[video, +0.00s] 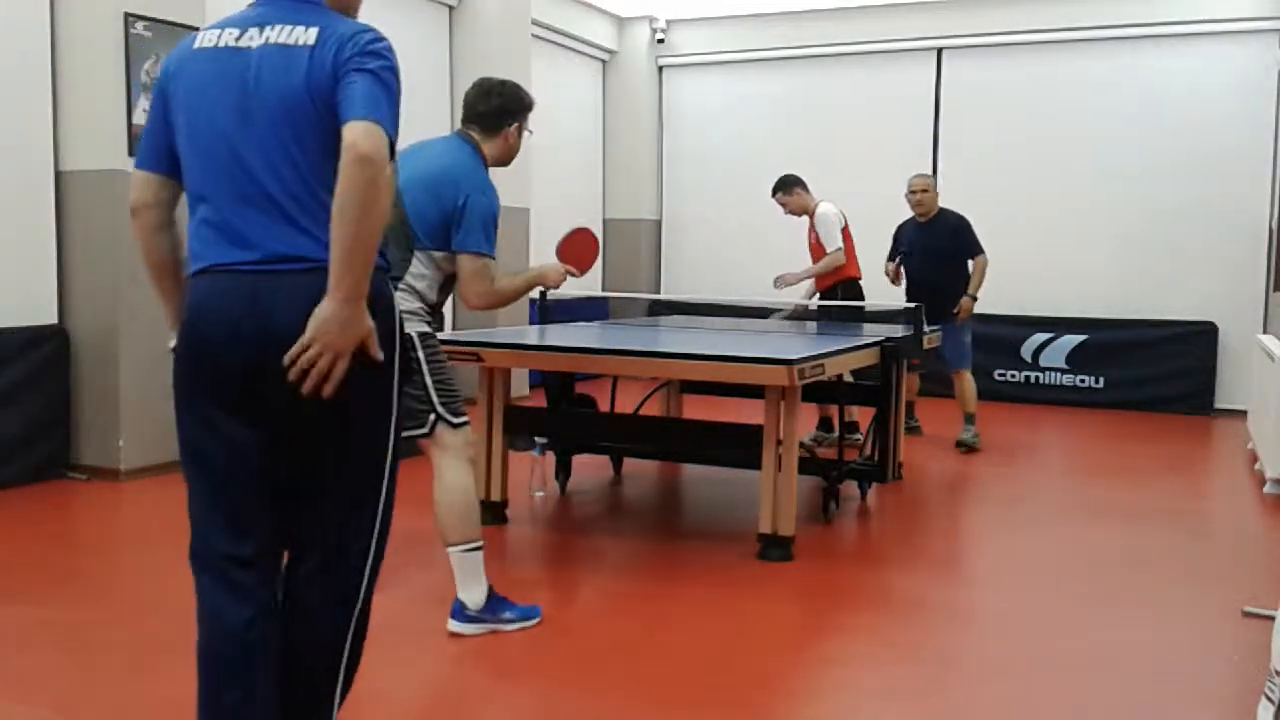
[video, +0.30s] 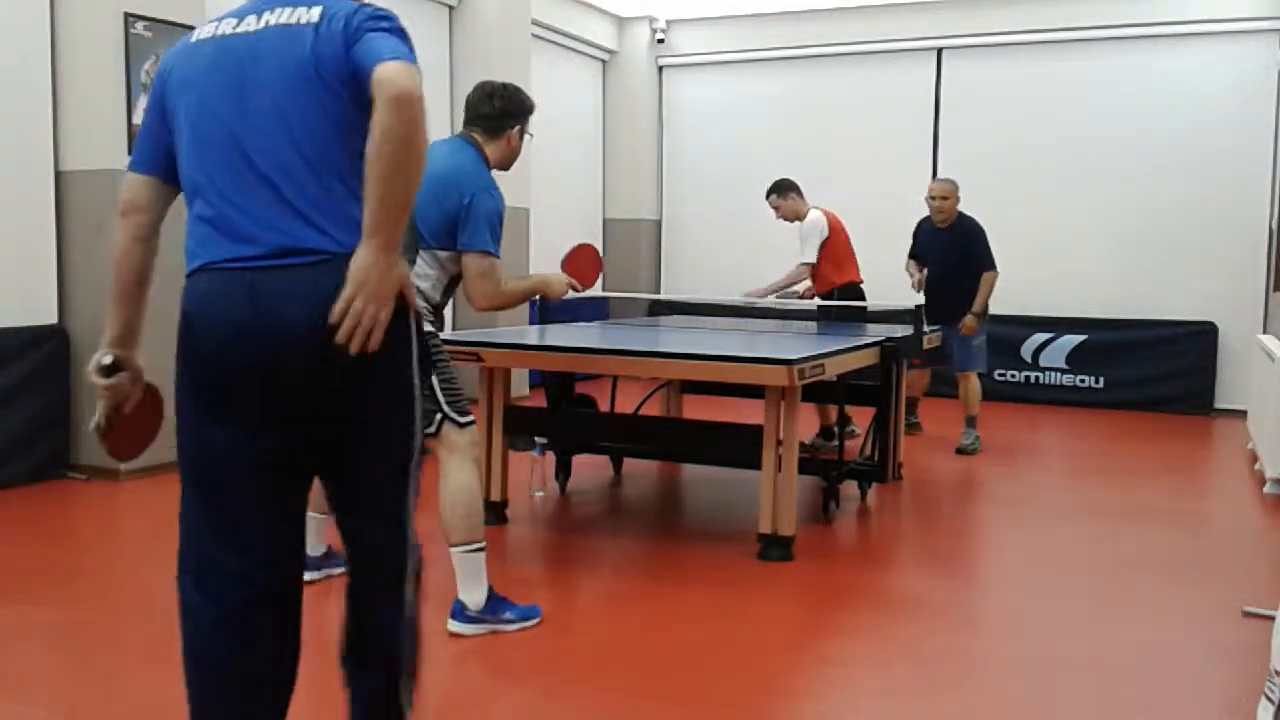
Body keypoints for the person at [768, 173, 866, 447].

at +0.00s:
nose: (785, 211)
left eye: (784, 204)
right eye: (781, 206)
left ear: (798, 192)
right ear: (797, 195)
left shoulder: (825, 214)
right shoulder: (817, 218)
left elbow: (838, 257)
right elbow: (825, 268)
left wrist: (799, 276)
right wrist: (805, 300)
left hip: (843, 294)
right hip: (831, 295)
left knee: (830, 363)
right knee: (829, 364)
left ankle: (828, 426)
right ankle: (846, 425)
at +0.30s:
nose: (777, 216)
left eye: (777, 208)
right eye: (774, 210)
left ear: (792, 198)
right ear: (795, 199)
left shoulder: (812, 220)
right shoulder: (823, 216)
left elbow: (806, 269)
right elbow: (836, 264)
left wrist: (765, 291)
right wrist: (813, 286)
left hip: (839, 299)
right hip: (846, 296)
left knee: (819, 366)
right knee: (834, 363)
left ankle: (827, 430)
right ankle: (843, 420)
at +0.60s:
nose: (779, 212)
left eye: (780, 204)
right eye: (775, 207)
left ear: (797, 195)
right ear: (794, 200)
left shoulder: (815, 220)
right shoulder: (814, 221)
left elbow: (818, 267)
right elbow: (831, 266)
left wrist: (779, 295)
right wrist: (812, 286)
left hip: (846, 298)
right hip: (837, 298)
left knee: (825, 367)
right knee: (824, 366)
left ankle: (834, 430)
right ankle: (838, 426)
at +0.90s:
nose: (781, 218)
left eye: (783, 210)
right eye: (777, 213)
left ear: (800, 203)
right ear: (797, 207)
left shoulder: (821, 224)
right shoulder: (812, 230)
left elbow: (827, 268)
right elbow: (828, 271)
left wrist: (792, 293)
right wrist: (811, 290)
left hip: (853, 300)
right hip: (837, 302)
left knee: (838, 366)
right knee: (818, 364)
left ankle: (846, 427)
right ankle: (819, 424)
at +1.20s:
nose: (765, 237)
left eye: (765, 229)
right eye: (762, 231)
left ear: (780, 220)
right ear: (783, 222)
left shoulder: (805, 239)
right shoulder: (806, 239)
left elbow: (788, 285)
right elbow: (818, 284)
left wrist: (749, 302)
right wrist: (797, 299)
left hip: (844, 311)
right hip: (832, 311)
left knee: (821, 373)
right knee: (813, 371)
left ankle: (845, 429)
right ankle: (844, 428)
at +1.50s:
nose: (746, 260)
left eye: (746, 252)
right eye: (744, 254)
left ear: (763, 245)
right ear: (766, 245)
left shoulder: (782, 262)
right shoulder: (786, 261)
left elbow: (749, 308)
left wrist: (709, 311)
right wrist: (723, 310)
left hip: (827, 330)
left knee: (779, 378)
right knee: (790, 377)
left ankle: (799, 433)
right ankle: (834, 420)